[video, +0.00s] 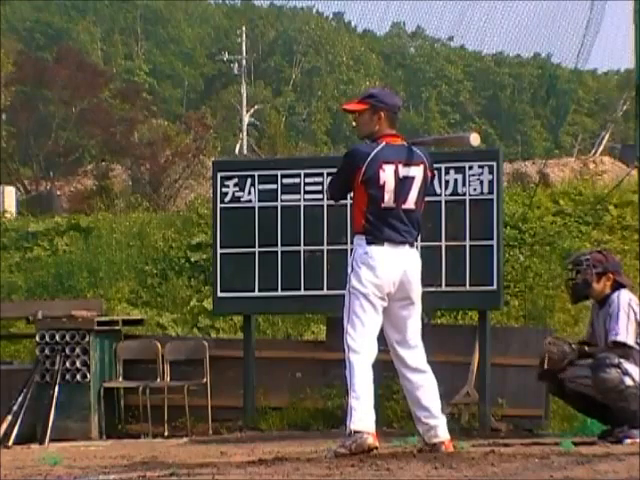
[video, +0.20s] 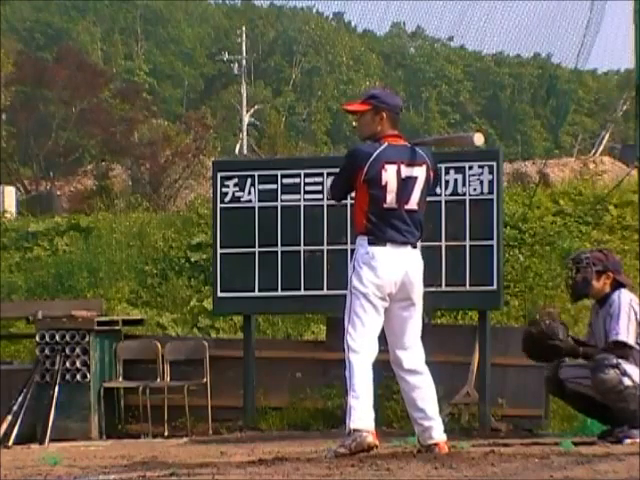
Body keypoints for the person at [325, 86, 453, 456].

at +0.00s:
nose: (356, 121)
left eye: (361, 115)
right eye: (357, 115)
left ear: (380, 117)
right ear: (388, 119)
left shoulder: (361, 153)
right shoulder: (420, 157)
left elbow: (335, 193)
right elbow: (423, 194)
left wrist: (368, 166)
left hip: (373, 258)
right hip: (410, 259)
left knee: (360, 346)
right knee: (410, 348)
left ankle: (362, 430)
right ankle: (437, 433)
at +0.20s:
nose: (356, 121)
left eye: (361, 116)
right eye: (357, 116)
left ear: (381, 118)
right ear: (389, 120)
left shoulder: (363, 154)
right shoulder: (422, 156)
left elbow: (335, 193)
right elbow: (433, 182)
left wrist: (366, 169)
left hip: (374, 258)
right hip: (411, 260)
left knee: (360, 346)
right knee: (409, 351)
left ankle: (361, 429)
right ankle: (434, 435)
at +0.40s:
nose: (359, 121)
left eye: (364, 115)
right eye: (360, 115)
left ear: (384, 117)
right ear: (392, 119)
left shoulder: (366, 153)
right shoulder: (425, 154)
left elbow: (338, 191)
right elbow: (441, 174)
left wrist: (367, 167)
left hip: (381, 257)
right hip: (417, 259)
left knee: (350, 343)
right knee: (412, 353)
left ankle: (355, 421)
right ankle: (435, 437)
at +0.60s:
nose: (356, 123)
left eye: (361, 117)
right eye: (358, 117)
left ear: (379, 121)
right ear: (388, 122)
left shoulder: (360, 156)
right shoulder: (418, 157)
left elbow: (335, 188)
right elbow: (427, 177)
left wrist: (368, 161)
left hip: (375, 260)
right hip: (411, 261)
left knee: (349, 349)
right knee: (410, 357)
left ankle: (345, 431)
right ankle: (435, 437)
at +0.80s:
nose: (352, 119)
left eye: (355, 114)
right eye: (353, 113)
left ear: (367, 116)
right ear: (386, 118)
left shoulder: (352, 153)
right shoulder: (411, 157)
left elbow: (325, 186)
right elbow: (410, 191)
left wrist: (352, 145)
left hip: (365, 258)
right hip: (403, 258)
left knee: (344, 345)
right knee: (410, 347)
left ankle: (342, 431)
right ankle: (440, 433)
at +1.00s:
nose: (361, 119)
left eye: (363, 115)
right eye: (362, 114)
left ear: (369, 119)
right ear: (396, 119)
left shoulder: (357, 160)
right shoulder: (416, 162)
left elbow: (335, 196)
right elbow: (395, 192)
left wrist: (346, 163)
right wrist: (362, 165)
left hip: (367, 263)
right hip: (406, 263)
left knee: (347, 348)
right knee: (412, 350)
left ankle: (343, 431)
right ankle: (441, 433)